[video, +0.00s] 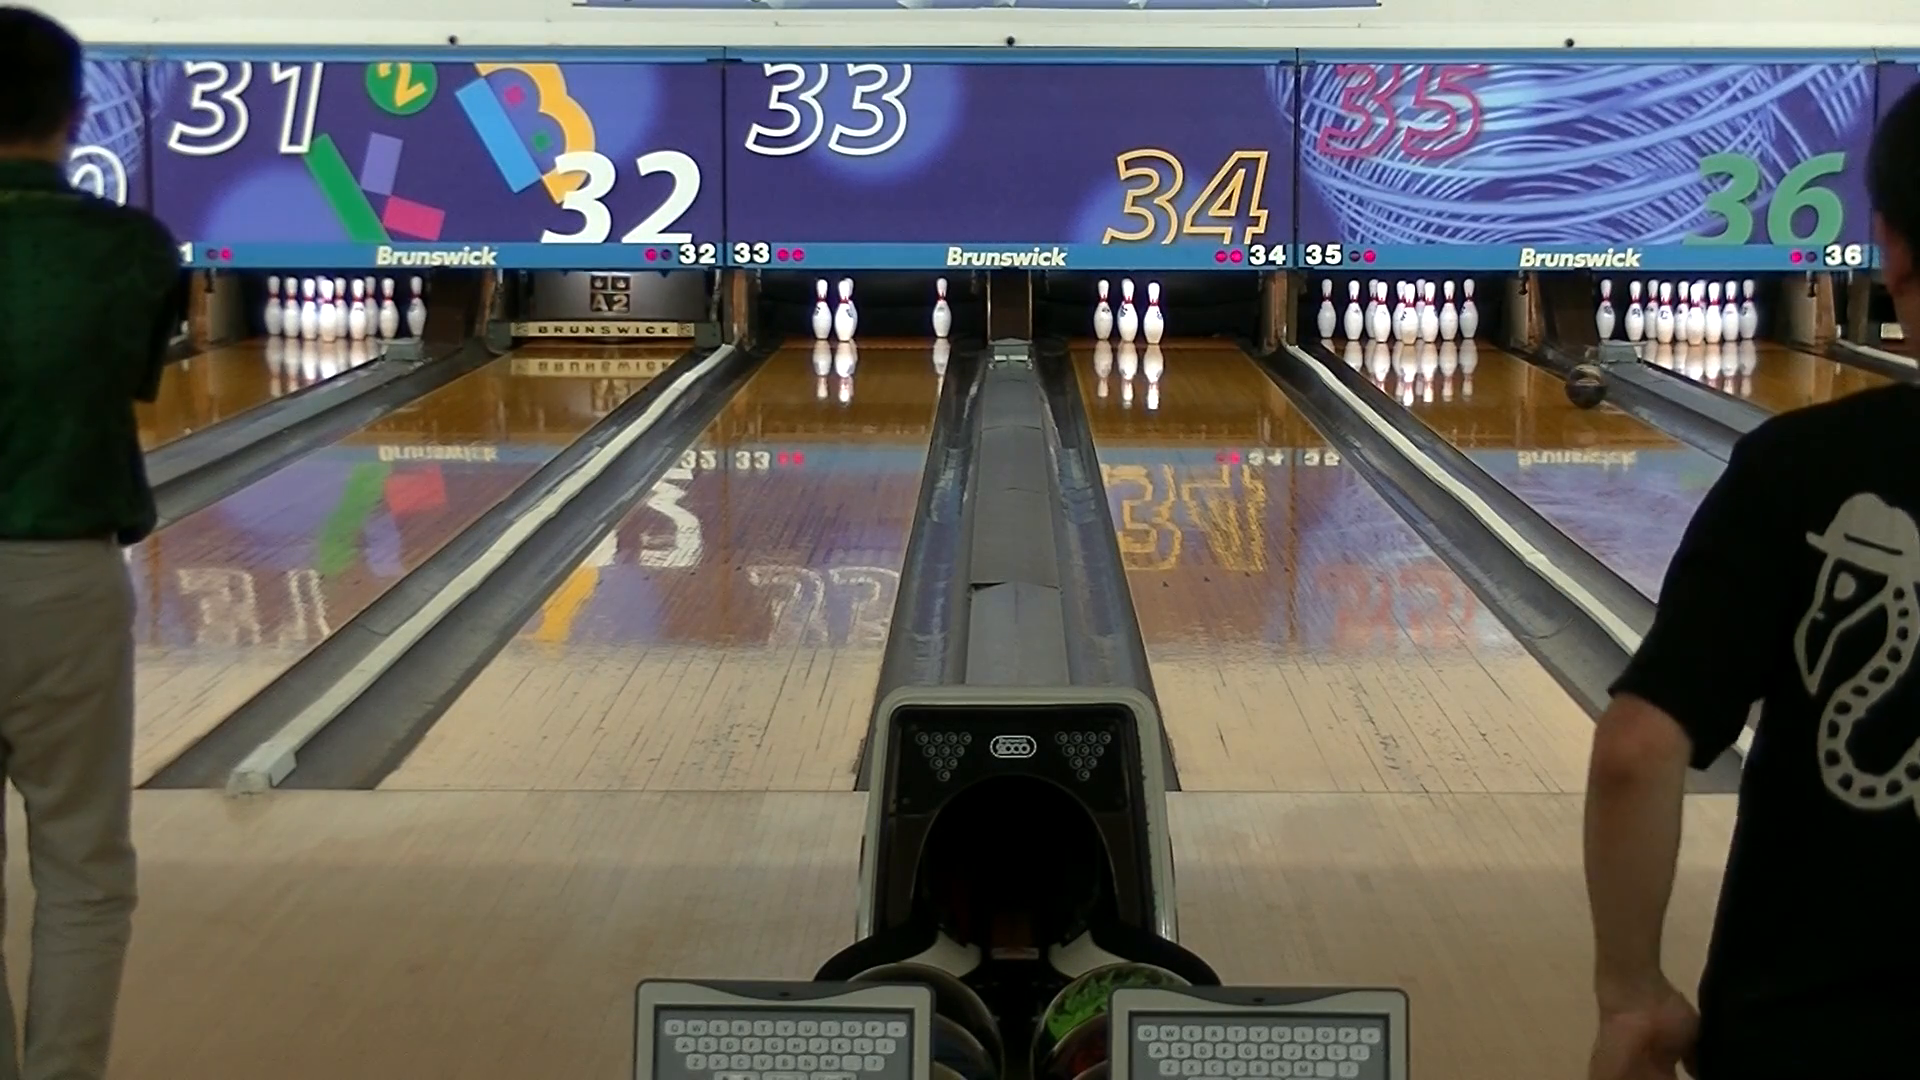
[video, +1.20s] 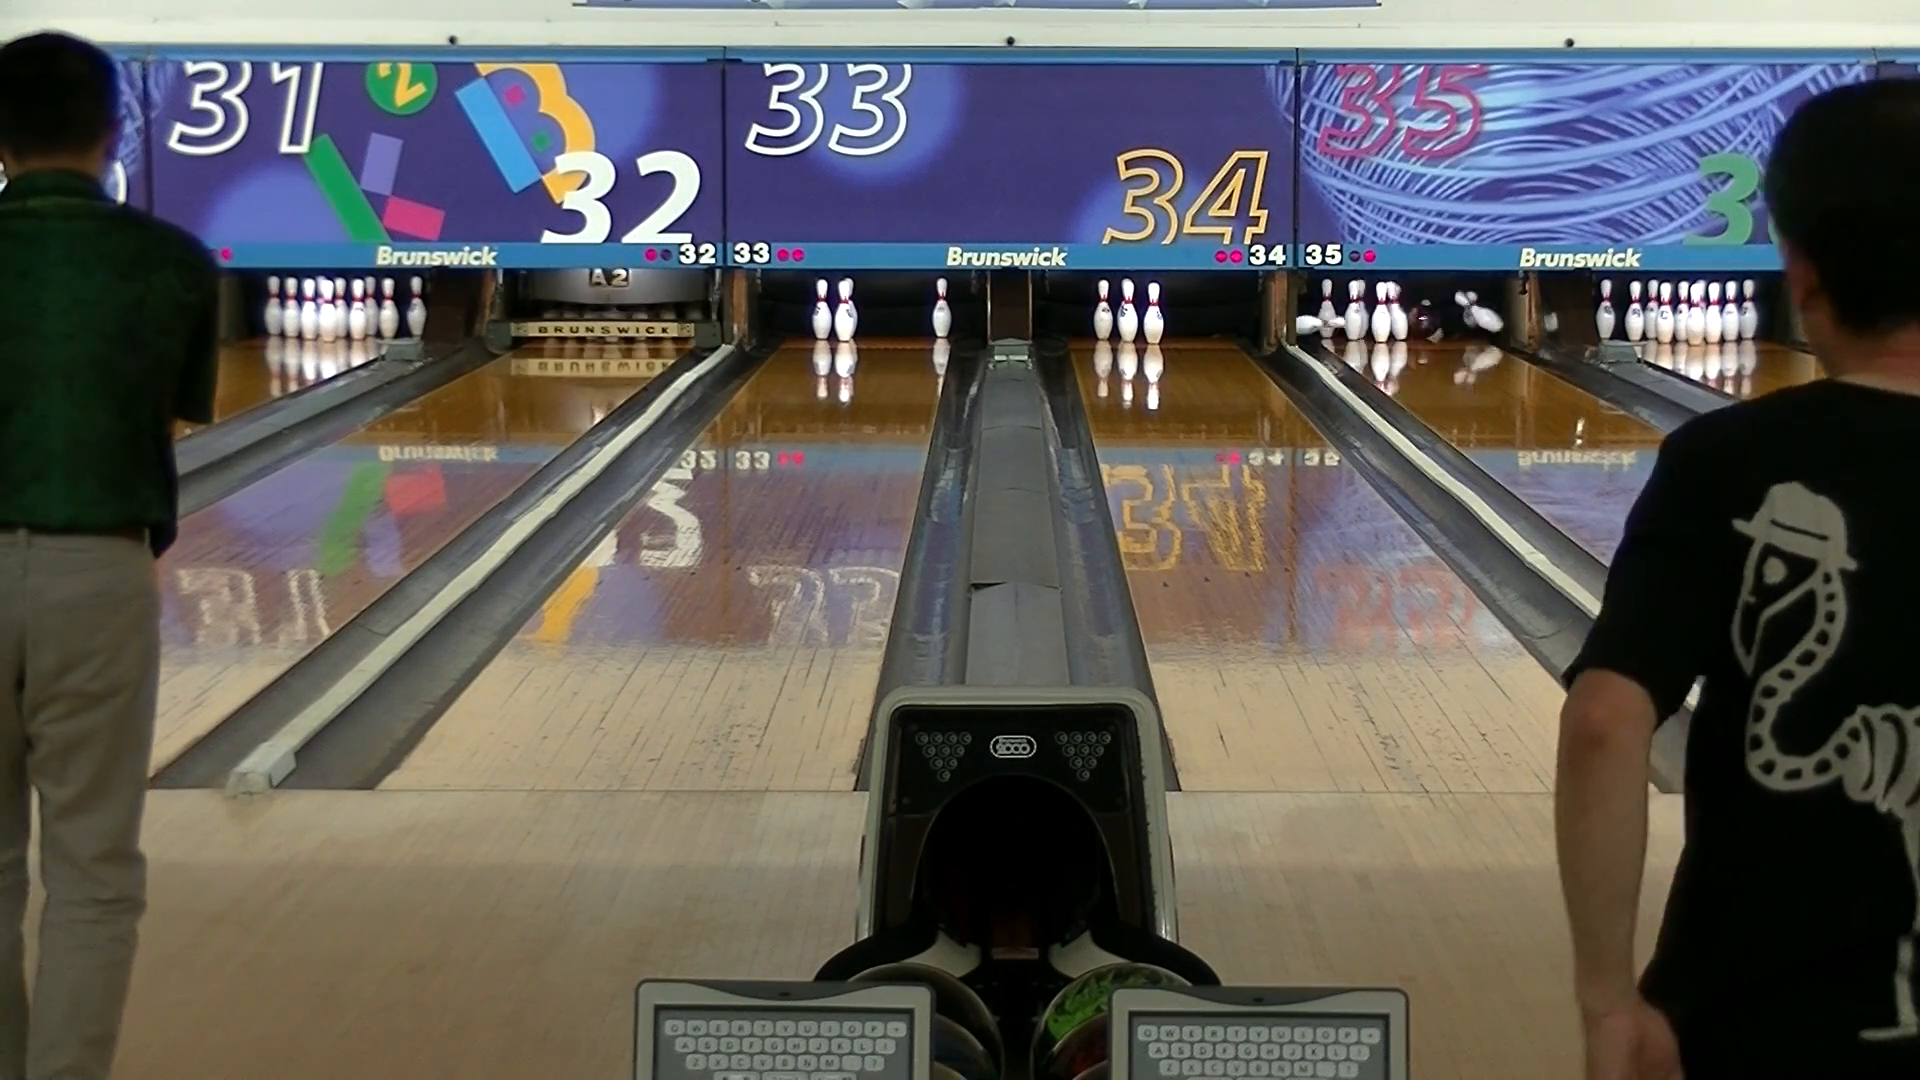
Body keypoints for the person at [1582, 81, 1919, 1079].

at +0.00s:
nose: (1878, 255)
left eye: (1877, 233)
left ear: (1893, 251)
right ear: (1898, 251)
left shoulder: (1810, 465)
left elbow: (1634, 748)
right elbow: (1636, 747)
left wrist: (1631, 994)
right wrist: (1634, 994)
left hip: (1798, 1013)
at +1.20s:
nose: (1780, 266)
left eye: (1779, 246)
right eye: (1786, 241)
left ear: (1805, 272)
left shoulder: (1730, 458)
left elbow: (1602, 718)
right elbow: (1601, 718)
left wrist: (1608, 999)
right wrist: (1612, 999)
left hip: (1756, 1015)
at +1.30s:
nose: (1740, 275)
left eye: (1735, 252)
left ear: (1755, 277)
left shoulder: (1691, 465)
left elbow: (1582, 737)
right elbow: (1581, 736)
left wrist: (1562, 1014)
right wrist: (1564, 1016)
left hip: (1719, 1023)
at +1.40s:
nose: (1678, 276)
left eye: (1677, 252)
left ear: (1694, 275)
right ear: (1881, 253)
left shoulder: (1634, 469)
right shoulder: (1914, 423)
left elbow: (1554, 744)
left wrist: (1496, 1015)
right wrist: (1502, 1011)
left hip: (1681, 1014)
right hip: (1903, 1008)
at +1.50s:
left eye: (1599, 252)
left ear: (1613, 273)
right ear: (1803, 249)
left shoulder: (1557, 466)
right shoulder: (1899, 448)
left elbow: (1490, 748)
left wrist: (1427, 1000)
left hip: (1625, 1012)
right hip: (1878, 1010)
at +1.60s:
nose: (1514, 261)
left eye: (1514, 238)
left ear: (1536, 258)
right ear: (1708, 232)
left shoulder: (1483, 461)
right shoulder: (1854, 446)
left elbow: (1417, 757)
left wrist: (1351, 999)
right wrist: (1856, 814)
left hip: (1561, 1001)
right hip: (1802, 1005)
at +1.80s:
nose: (1406, 264)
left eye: (1402, 241)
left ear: (1419, 259)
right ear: (1596, 223)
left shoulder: (1388, 457)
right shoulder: (1744, 420)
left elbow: (1332, 766)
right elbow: (1840, 707)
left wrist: (1265, 929)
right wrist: (1747, 792)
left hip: (1492, 993)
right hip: (1713, 993)